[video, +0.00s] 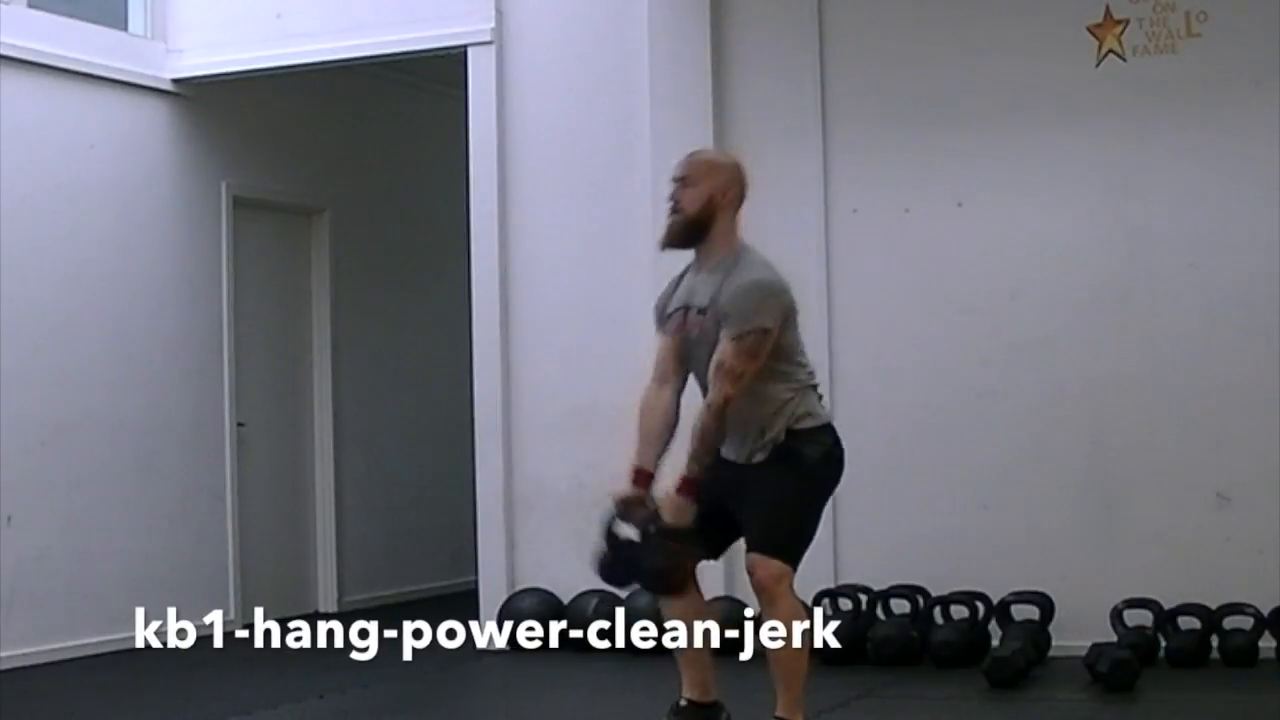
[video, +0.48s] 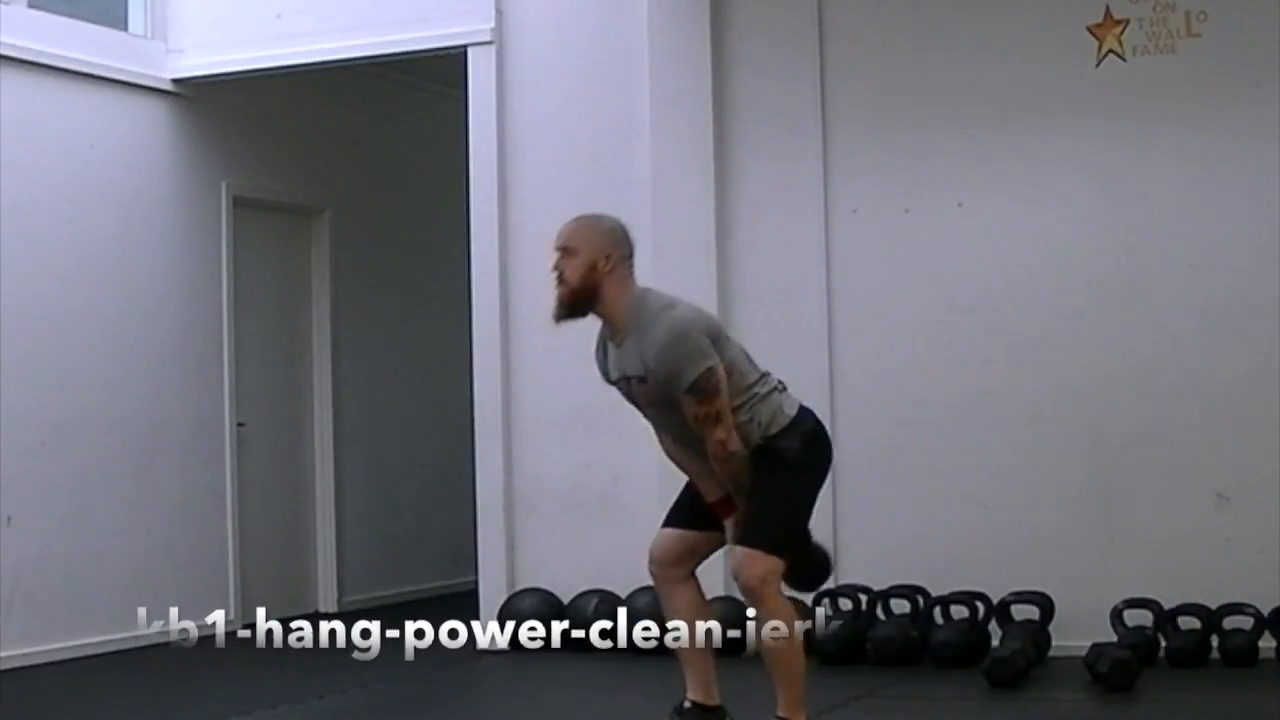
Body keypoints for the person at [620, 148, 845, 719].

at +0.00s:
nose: (672, 194)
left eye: (685, 184)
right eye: (674, 184)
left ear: (724, 196)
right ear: (707, 198)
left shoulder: (757, 285)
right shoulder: (680, 290)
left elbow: (721, 401)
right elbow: (664, 385)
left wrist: (688, 485)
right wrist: (642, 474)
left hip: (799, 449)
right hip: (734, 454)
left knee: (767, 571)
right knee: (667, 553)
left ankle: (791, 712)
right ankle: (700, 702)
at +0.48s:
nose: (554, 268)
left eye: (565, 255)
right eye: (556, 256)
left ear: (605, 263)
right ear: (599, 265)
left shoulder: (674, 331)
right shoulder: (610, 349)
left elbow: (724, 440)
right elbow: (670, 435)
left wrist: (754, 515)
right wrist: (723, 505)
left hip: (788, 444)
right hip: (736, 455)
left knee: (755, 574)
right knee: (669, 560)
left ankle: (793, 713)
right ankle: (703, 704)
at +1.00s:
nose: (711, 155)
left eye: (724, 146)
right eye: (714, 145)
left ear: (764, 158)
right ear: (744, 159)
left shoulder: (784, 226)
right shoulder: (718, 234)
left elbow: (769, 323)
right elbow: (698, 330)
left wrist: (682, 294)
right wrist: (641, 304)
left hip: (769, 422)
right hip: (713, 423)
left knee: (766, 570)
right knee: (695, 566)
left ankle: (792, 712)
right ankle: (704, 704)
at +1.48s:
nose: (695, 199)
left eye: (709, 190)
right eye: (696, 189)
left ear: (747, 205)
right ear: (699, 202)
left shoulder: (764, 278)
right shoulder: (684, 278)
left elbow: (700, 347)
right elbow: (634, 363)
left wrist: (701, 264)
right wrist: (657, 280)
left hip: (741, 467)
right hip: (681, 471)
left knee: (693, 601)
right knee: (625, 594)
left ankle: (782, 713)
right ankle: (698, 706)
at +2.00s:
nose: (651, 181)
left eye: (663, 172)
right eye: (650, 173)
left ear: (701, 180)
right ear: (656, 189)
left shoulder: (726, 237)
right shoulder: (663, 242)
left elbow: (730, 144)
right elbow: (650, 145)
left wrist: (717, 66)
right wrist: (663, 71)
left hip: (751, 443)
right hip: (699, 446)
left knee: (720, 593)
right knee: (645, 578)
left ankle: (787, 714)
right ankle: (701, 707)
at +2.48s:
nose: (636, 152)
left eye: (648, 140)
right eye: (636, 140)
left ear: (689, 151)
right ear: (665, 154)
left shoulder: (719, 203)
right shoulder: (657, 214)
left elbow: (733, 105)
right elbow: (674, 113)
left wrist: (731, 26)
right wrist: (688, 27)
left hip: (747, 413)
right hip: (696, 415)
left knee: (765, 574)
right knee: (700, 570)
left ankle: (789, 711)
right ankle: (705, 704)